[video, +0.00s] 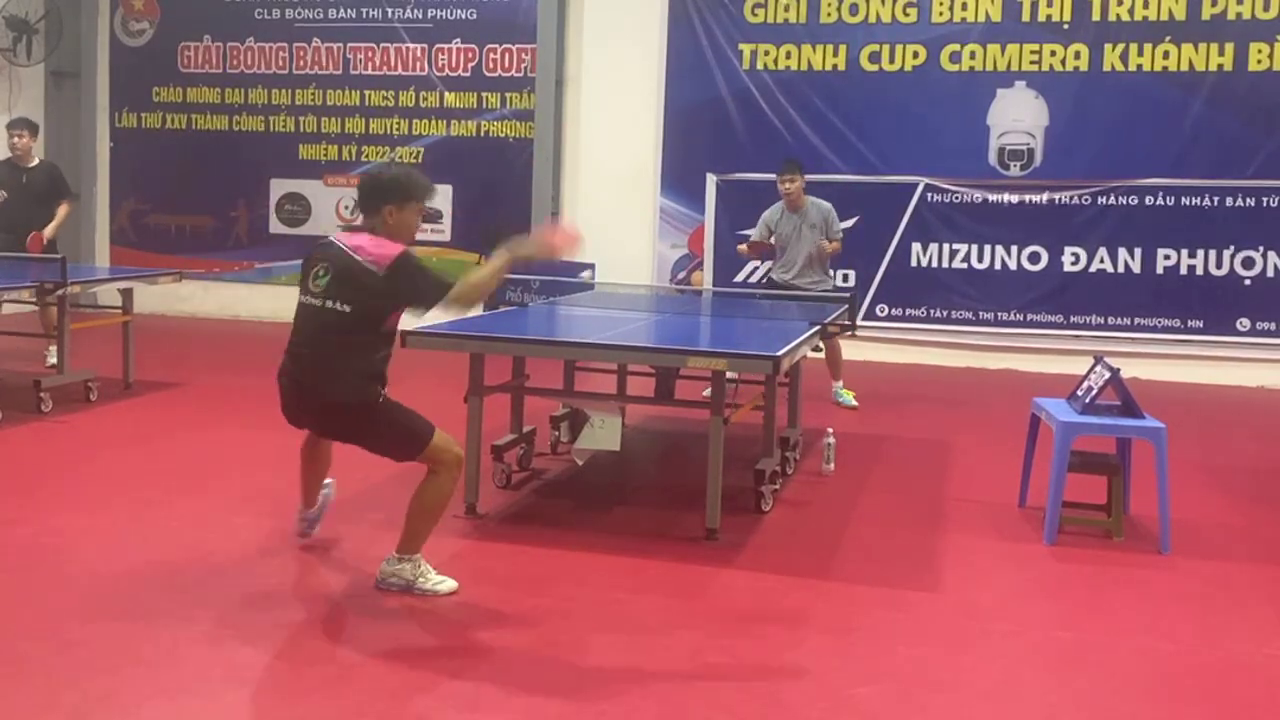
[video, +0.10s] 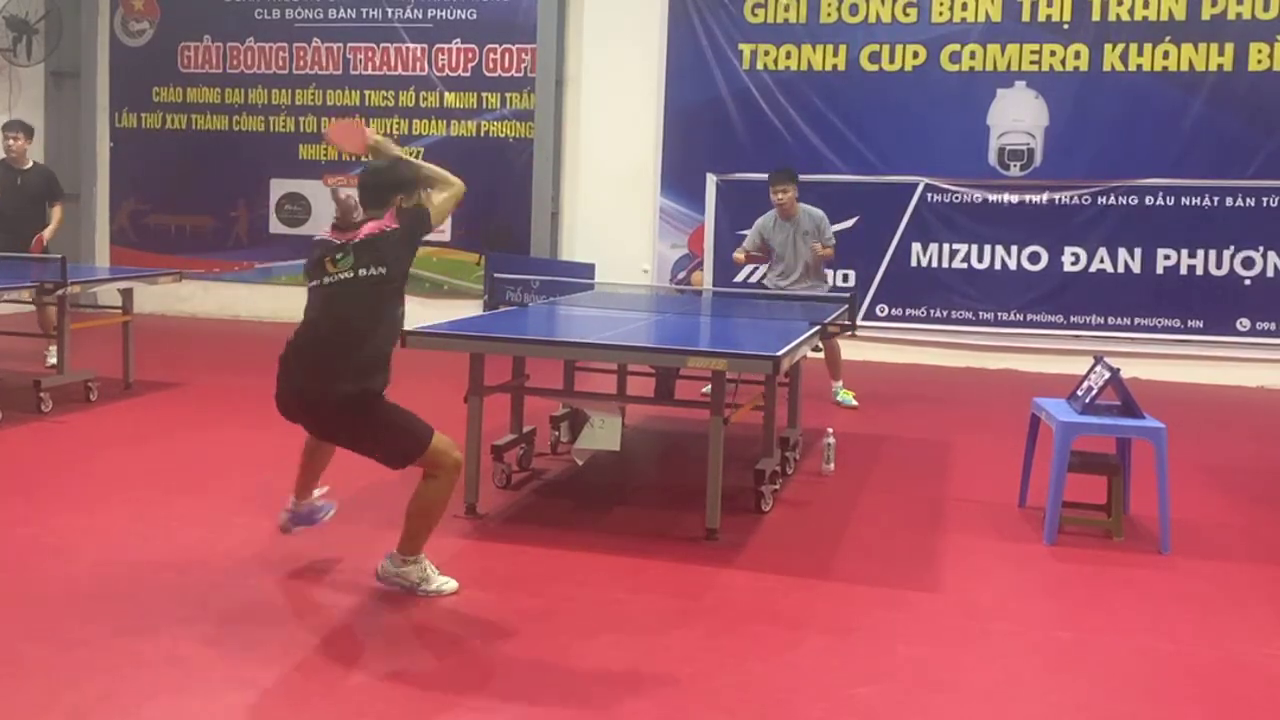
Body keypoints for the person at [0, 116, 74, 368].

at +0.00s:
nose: (14, 141)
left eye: (20, 137)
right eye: (11, 137)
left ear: (33, 140)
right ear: (7, 140)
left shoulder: (48, 170)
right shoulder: (3, 168)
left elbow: (66, 202)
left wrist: (50, 229)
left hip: (40, 247)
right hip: (7, 247)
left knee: (46, 296)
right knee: (1, 295)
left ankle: (52, 346)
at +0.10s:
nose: (9, 143)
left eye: (15, 139)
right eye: (6, 139)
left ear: (28, 142)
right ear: (2, 142)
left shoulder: (43, 174)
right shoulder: (2, 169)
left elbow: (57, 207)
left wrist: (49, 231)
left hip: (32, 253)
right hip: (4, 253)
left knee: (42, 298)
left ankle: (52, 345)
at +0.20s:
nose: (3, 148)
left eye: (9, 144)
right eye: (0, 143)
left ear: (21, 147)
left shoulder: (31, 177)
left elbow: (42, 206)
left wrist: (44, 231)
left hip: (22, 254)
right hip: (1, 254)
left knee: (35, 298)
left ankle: (51, 345)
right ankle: (51, 344)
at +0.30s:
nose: (2, 155)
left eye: (7, 151)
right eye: (0, 150)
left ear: (15, 155)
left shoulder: (18, 179)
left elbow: (25, 208)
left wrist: (32, 232)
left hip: (9, 252)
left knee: (25, 298)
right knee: (23, 299)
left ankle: (44, 346)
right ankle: (44, 346)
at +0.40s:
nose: (3, 165)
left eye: (6, 160)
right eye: (1, 160)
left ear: (12, 161)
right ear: (0, 160)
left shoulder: (12, 181)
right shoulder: (9, 181)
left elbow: (16, 208)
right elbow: (17, 208)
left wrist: (24, 233)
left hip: (3, 249)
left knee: (12, 294)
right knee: (11, 295)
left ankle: (25, 343)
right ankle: (24, 344)